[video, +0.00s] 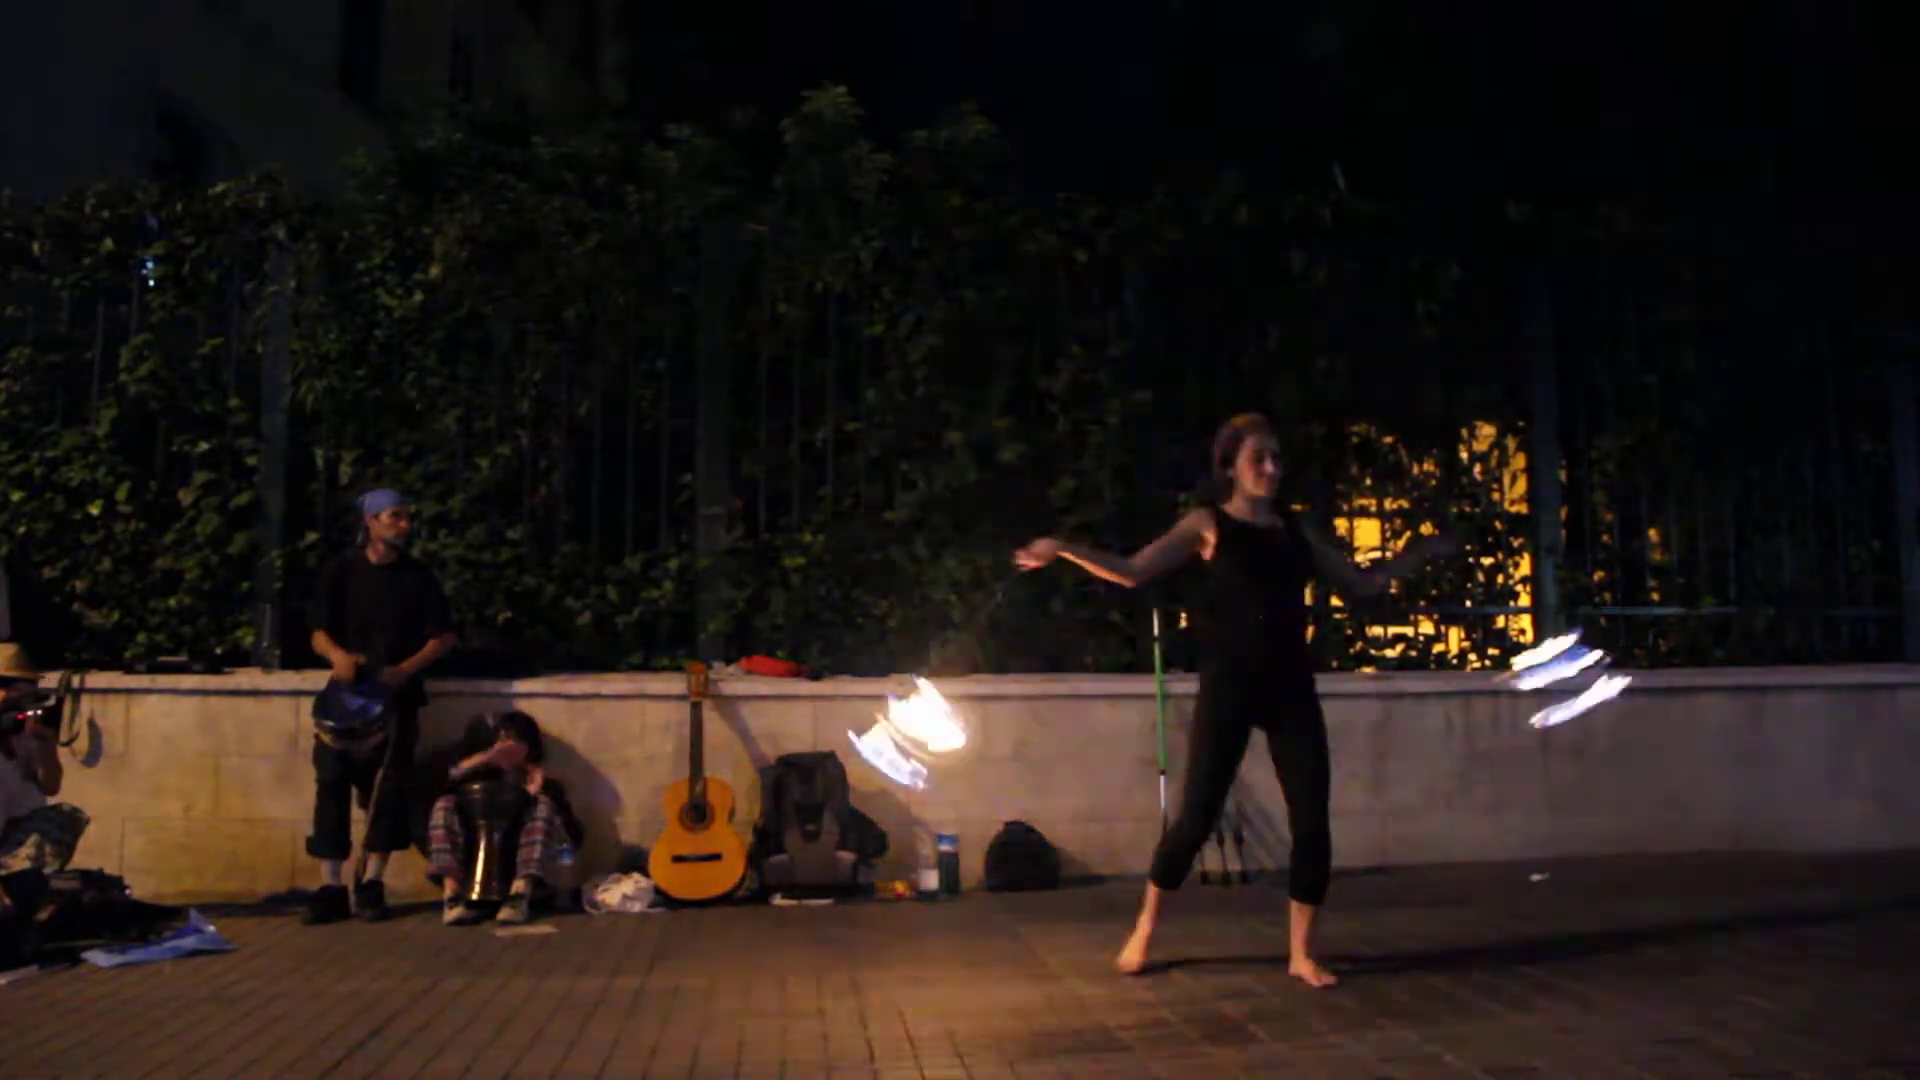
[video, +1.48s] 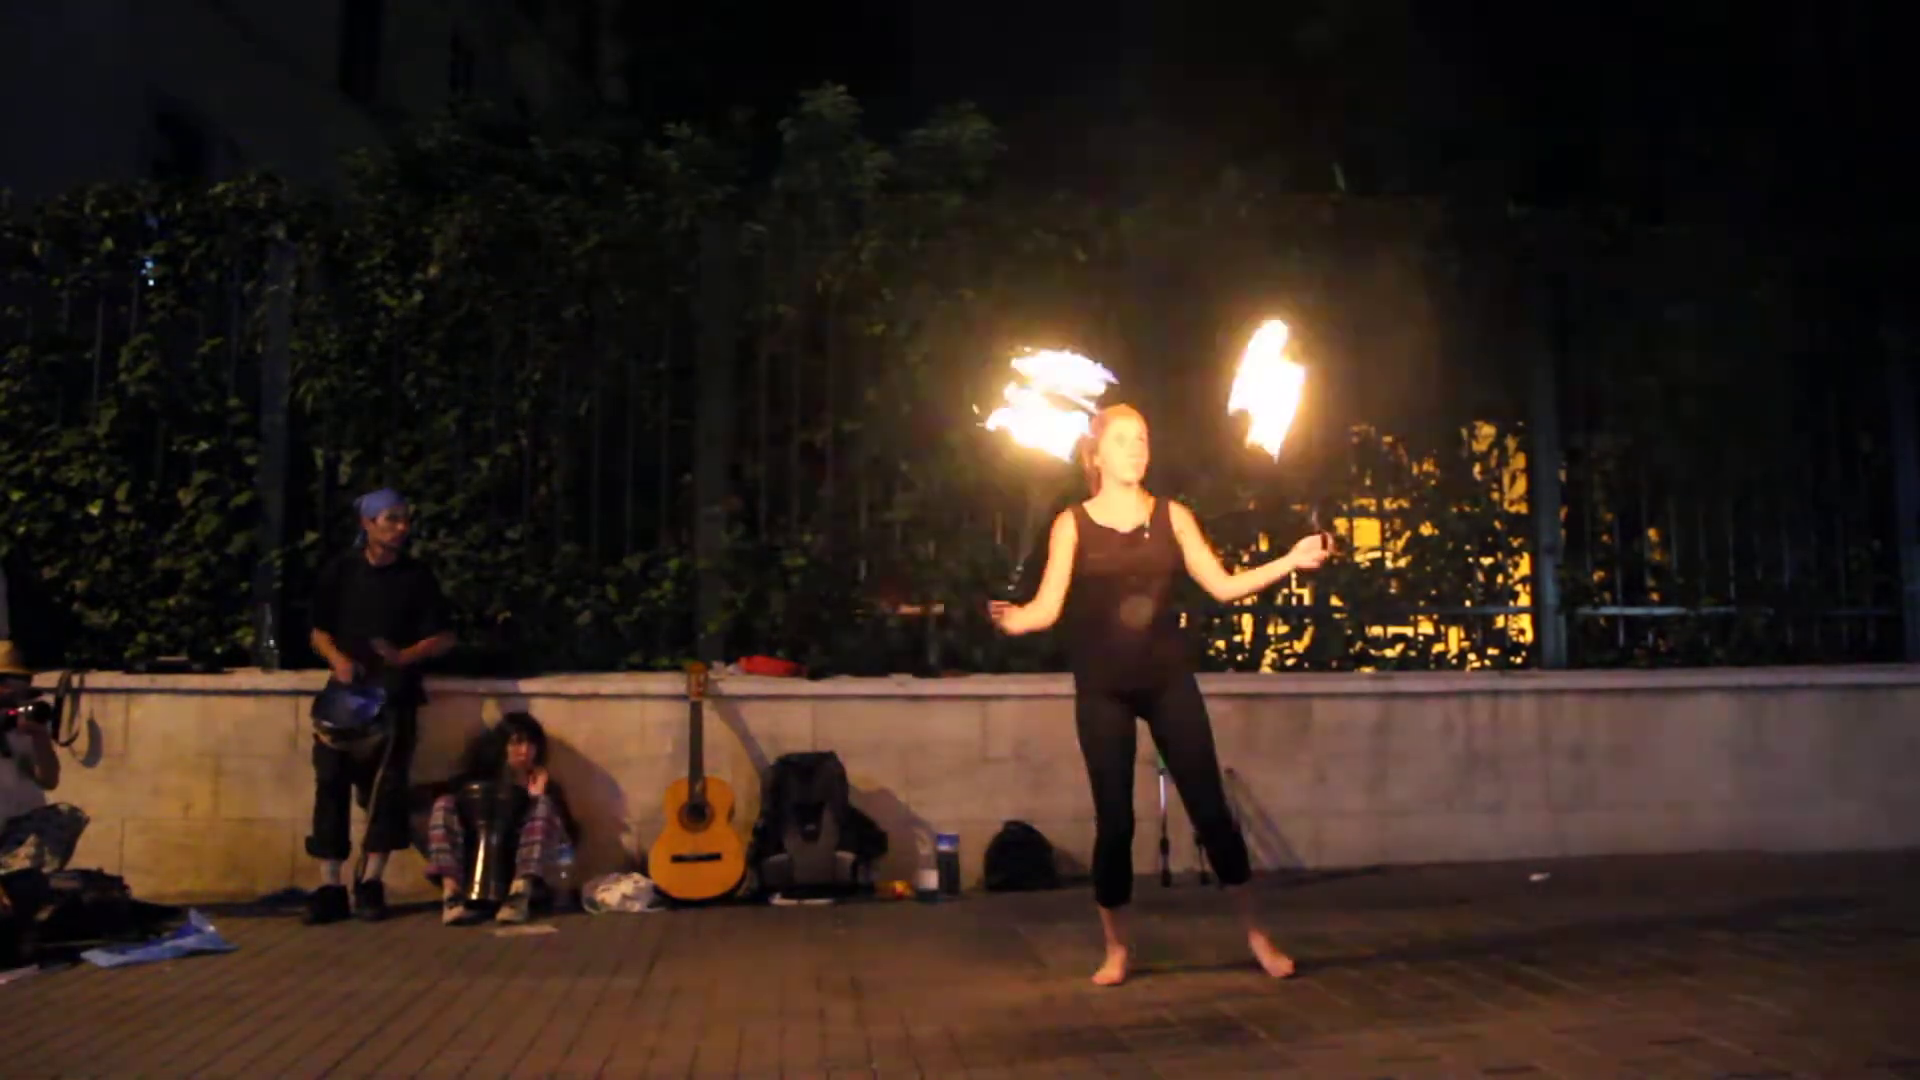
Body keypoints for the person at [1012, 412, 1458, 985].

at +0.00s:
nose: (1269, 465)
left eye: (1274, 455)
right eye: (1257, 456)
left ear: (1281, 464)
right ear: (1230, 465)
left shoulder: (1297, 531)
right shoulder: (1206, 525)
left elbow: (1363, 584)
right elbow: (1132, 572)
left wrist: (1424, 556)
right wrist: (1064, 551)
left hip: (1291, 689)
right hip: (1227, 689)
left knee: (1312, 821)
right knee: (1196, 816)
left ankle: (1300, 954)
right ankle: (1145, 926)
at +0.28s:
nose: (1284, 466)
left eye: (1293, 457)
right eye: (1272, 457)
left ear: (1305, 466)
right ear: (1251, 467)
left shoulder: (1328, 530)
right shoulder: (1234, 525)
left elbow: (1406, 557)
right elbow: (1190, 547)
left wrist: (1493, 553)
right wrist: (1140, 540)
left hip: (1305, 692)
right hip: (1241, 692)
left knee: (1326, 821)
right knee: (1239, 817)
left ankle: (1304, 951)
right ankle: (1246, 932)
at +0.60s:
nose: (1278, 447)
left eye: (1286, 438)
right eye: (1267, 437)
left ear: (1295, 448)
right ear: (1241, 445)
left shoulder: (1309, 512)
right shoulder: (1218, 503)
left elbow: (1374, 541)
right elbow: (1164, 487)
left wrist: (1412, 483)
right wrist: (1133, 424)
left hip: (1288, 679)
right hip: (1220, 676)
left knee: (1301, 812)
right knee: (1179, 800)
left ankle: (1305, 949)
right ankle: (1134, 936)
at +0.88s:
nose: (1205, 444)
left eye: (1215, 435)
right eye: (1194, 434)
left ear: (1227, 445)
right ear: (1171, 441)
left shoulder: (1240, 509)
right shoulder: (1143, 498)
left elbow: (1303, 564)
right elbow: (1090, 521)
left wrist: (1369, 536)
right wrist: (1061, 482)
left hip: (1222, 671)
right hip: (1155, 671)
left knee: (1256, 799)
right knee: (1139, 803)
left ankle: (1302, 939)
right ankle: (1117, 942)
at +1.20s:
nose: (1147, 469)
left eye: (1155, 459)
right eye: (1136, 458)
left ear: (1164, 467)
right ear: (1110, 462)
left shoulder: (1180, 530)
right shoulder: (1085, 529)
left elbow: (1229, 590)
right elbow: (1069, 613)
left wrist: (1268, 541)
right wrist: (1078, 559)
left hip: (1171, 689)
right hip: (1105, 693)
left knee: (1223, 811)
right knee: (1113, 827)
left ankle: (1278, 941)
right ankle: (1114, 949)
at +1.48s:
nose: (1137, 448)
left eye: (1142, 440)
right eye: (1124, 439)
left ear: (1150, 451)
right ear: (1095, 451)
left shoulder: (1172, 517)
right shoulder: (1072, 524)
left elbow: (1224, 586)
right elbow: (1047, 609)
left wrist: (1293, 560)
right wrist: (1012, 618)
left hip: (1169, 681)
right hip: (1102, 686)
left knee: (1211, 811)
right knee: (1114, 822)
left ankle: (1256, 935)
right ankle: (1115, 949)